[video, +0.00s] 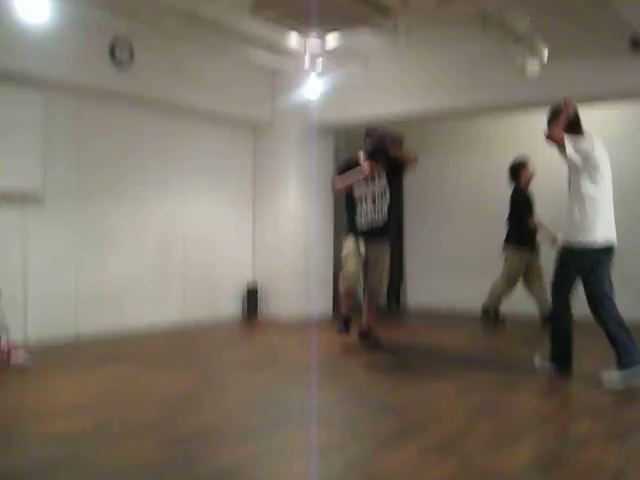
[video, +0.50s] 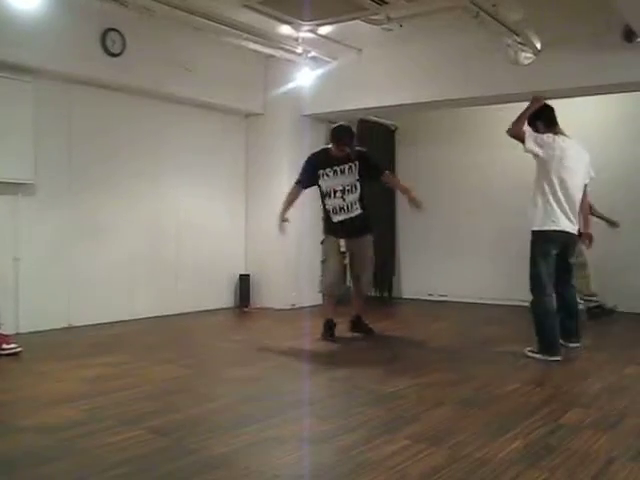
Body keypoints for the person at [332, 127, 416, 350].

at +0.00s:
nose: (373, 168)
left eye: (378, 164)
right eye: (370, 163)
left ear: (384, 159)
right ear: (363, 157)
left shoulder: (390, 168)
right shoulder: (351, 167)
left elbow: (411, 162)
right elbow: (337, 185)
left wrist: (395, 154)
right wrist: (361, 173)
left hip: (380, 235)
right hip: (355, 235)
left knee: (375, 285)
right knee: (350, 276)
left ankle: (367, 328)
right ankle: (346, 315)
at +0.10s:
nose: (370, 161)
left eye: (375, 157)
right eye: (368, 156)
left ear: (381, 151)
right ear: (360, 149)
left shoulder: (386, 157)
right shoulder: (346, 157)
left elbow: (410, 154)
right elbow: (330, 181)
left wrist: (390, 140)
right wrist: (358, 167)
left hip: (378, 229)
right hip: (353, 229)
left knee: (375, 276)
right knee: (346, 274)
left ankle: (366, 319)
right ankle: (338, 319)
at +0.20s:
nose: (363, 159)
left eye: (367, 155)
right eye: (360, 155)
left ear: (373, 151)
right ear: (351, 149)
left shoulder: (378, 158)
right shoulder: (336, 159)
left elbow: (404, 157)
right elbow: (322, 183)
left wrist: (392, 140)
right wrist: (349, 175)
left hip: (373, 228)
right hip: (347, 229)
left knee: (375, 276)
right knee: (342, 278)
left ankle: (365, 319)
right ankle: (336, 321)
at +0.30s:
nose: (353, 157)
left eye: (356, 153)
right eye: (350, 153)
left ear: (360, 148)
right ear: (340, 148)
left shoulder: (367, 156)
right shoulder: (325, 158)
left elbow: (389, 163)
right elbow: (312, 183)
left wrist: (401, 155)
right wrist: (327, 192)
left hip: (365, 223)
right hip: (339, 225)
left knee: (367, 273)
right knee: (336, 275)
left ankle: (360, 318)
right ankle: (331, 321)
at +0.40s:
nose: (347, 154)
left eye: (350, 150)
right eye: (343, 151)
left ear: (354, 146)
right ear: (334, 146)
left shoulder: (361, 156)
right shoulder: (318, 160)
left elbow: (388, 168)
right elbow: (305, 187)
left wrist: (413, 176)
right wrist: (301, 209)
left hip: (362, 227)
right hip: (335, 229)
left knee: (363, 275)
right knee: (332, 277)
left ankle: (358, 319)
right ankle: (329, 321)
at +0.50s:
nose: (345, 152)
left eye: (348, 148)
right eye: (341, 149)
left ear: (352, 144)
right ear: (332, 144)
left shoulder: (360, 158)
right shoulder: (316, 161)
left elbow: (385, 176)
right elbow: (299, 187)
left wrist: (408, 194)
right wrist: (284, 211)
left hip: (359, 227)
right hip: (332, 230)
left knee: (363, 276)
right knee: (331, 279)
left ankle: (357, 319)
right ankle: (329, 323)